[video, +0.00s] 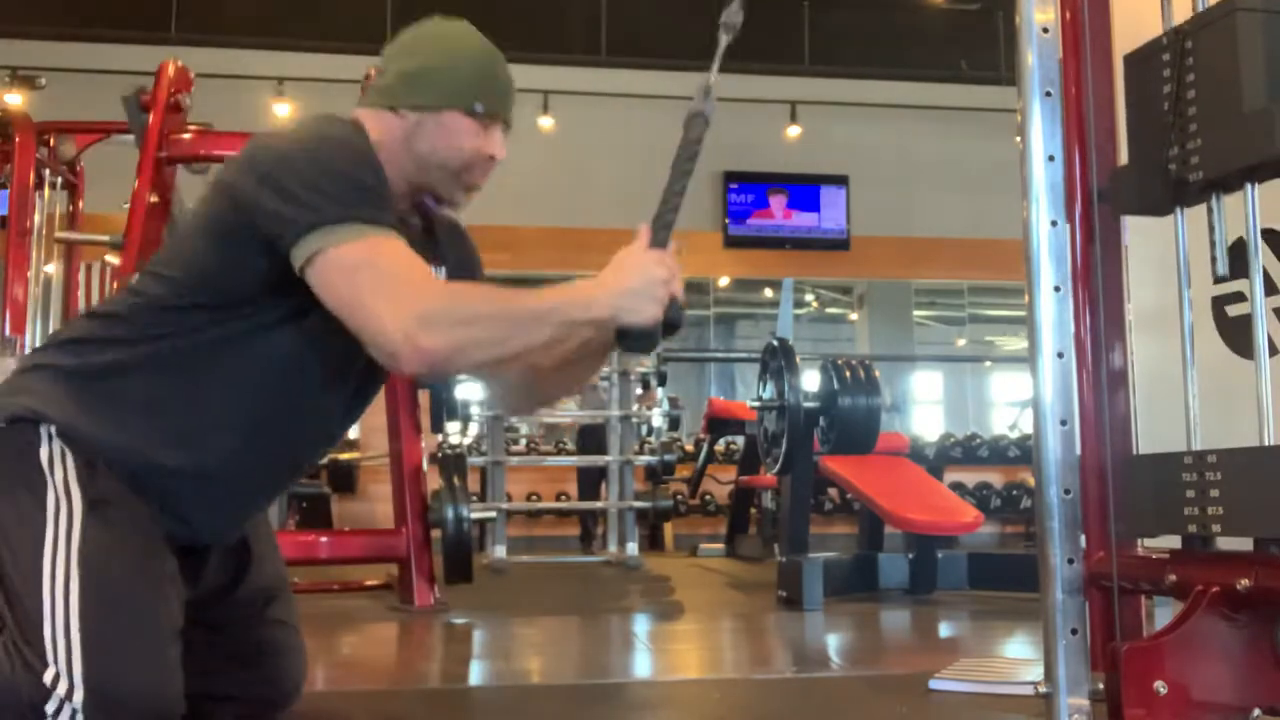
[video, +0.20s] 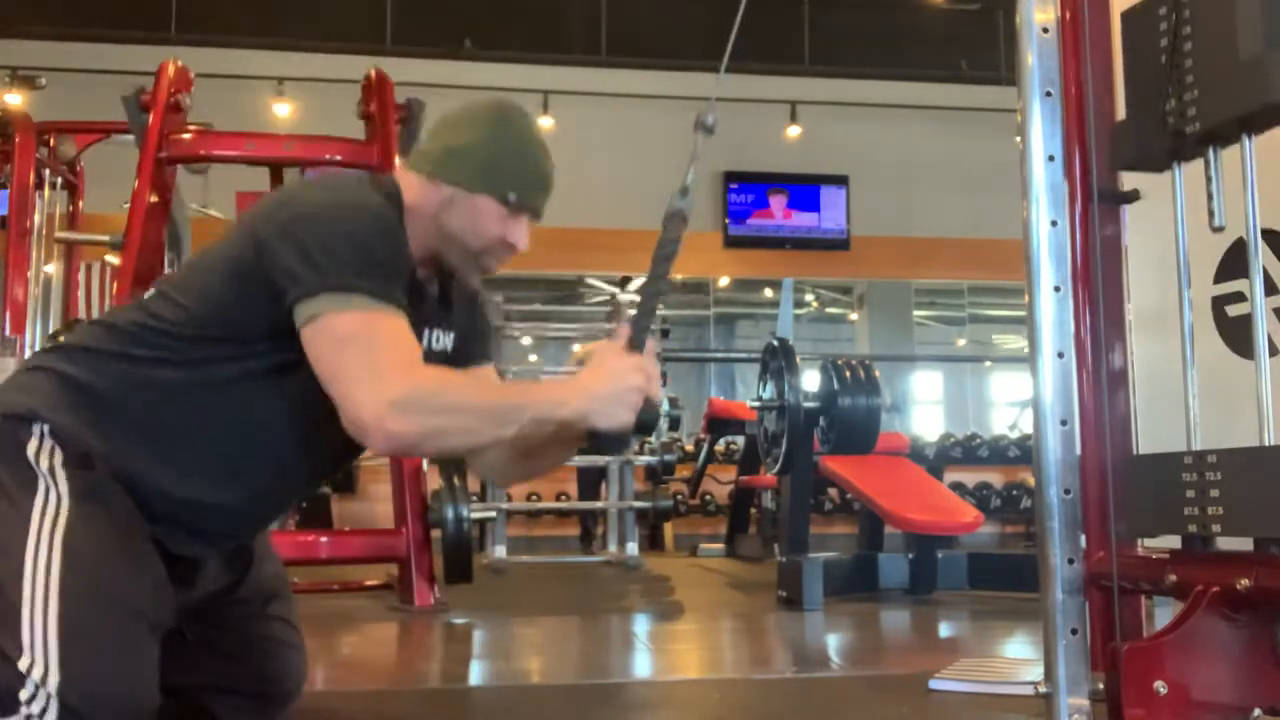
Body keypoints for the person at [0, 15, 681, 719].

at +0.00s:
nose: (499, 151)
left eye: (503, 129)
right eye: (483, 119)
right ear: (410, 104)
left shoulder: (438, 244)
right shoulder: (310, 159)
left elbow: (514, 389)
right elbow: (413, 329)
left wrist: (610, 331)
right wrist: (597, 298)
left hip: (207, 491)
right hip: (78, 448)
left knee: (259, 683)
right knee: (112, 696)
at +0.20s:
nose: (522, 238)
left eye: (531, 216)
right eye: (512, 208)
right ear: (454, 181)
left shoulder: (456, 303)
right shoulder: (339, 216)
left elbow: (496, 461)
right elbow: (384, 407)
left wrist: (576, 416)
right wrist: (576, 395)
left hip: (203, 509)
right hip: (75, 452)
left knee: (261, 683)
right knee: (85, 698)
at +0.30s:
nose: (531, 286)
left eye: (540, 267)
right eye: (525, 257)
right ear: (464, 226)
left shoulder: (451, 320)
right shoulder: (353, 251)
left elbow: (485, 475)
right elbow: (377, 454)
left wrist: (578, 462)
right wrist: (565, 449)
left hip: (196, 507)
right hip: (71, 454)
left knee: (259, 679)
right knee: (72, 700)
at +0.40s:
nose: (536, 334)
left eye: (547, 314)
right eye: (532, 305)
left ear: (496, 294)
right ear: (474, 270)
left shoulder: (455, 361)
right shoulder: (355, 289)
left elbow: (479, 517)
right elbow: (369, 504)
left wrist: (561, 499)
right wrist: (553, 499)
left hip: (189, 504)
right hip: (64, 448)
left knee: (259, 678)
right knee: (91, 694)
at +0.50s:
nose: (541, 374)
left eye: (554, 355)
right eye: (537, 347)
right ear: (483, 309)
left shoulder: (453, 390)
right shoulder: (360, 325)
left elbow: (468, 544)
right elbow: (363, 549)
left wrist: (562, 555)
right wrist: (546, 545)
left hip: (190, 514)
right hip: (62, 455)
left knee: (256, 679)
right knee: (90, 699)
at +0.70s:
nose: (544, 442)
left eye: (557, 423)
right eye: (543, 413)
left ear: (488, 372)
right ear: (488, 370)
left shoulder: (448, 432)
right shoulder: (358, 388)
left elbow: (456, 583)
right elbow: (342, 620)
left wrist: (546, 617)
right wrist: (532, 615)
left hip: (170, 510)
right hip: (50, 461)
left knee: (252, 678)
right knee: (82, 703)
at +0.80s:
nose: (548, 459)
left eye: (561, 442)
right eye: (546, 431)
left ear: (493, 392)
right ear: (492, 389)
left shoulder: (449, 448)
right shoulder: (359, 406)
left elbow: (450, 607)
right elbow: (334, 643)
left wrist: (544, 641)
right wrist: (527, 638)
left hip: (164, 509)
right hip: (46, 459)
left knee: (247, 678)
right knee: (81, 701)